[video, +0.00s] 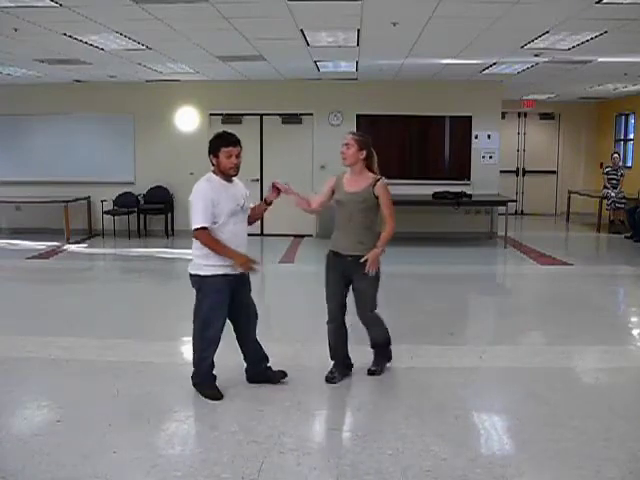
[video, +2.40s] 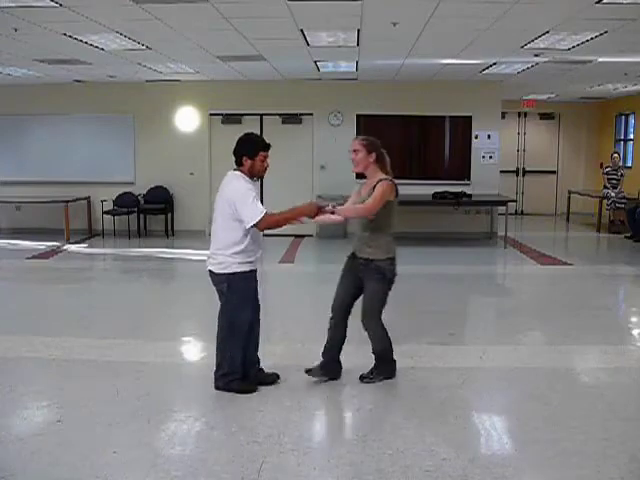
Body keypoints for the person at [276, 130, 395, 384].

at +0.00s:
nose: (342, 151)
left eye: (348, 147)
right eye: (342, 146)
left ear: (362, 152)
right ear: (349, 152)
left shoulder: (377, 184)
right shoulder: (338, 181)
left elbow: (390, 224)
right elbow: (312, 206)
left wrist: (378, 250)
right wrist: (289, 192)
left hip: (364, 259)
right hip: (336, 257)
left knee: (365, 313)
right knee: (334, 315)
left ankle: (382, 350)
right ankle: (341, 364)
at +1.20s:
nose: (338, 155)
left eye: (344, 150)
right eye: (337, 151)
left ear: (357, 155)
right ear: (336, 155)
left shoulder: (370, 187)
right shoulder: (332, 185)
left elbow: (376, 226)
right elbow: (309, 213)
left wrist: (352, 222)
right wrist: (285, 197)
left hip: (360, 262)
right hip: (333, 261)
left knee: (362, 314)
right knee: (327, 317)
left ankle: (373, 353)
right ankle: (342, 368)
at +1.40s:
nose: (330, 153)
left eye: (335, 148)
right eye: (327, 149)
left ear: (348, 153)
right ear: (326, 154)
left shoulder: (355, 187)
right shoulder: (328, 185)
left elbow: (346, 225)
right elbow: (315, 221)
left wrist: (319, 209)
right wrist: (297, 202)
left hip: (343, 263)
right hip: (322, 260)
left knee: (331, 317)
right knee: (320, 318)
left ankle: (360, 353)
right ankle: (341, 368)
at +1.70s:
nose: (319, 150)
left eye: (324, 146)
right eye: (316, 146)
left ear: (336, 152)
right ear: (314, 152)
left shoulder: (341, 184)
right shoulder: (323, 183)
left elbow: (333, 222)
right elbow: (318, 221)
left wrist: (302, 209)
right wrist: (295, 247)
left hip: (331, 262)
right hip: (314, 260)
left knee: (320, 319)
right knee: (311, 316)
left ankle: (325, 379)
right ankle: (341, 362)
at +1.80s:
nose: (319, 152)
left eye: (325, 147)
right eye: (317, 148)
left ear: (338, 152)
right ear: (315, 153)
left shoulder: (342, 184)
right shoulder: (322, 185)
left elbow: (336, 224)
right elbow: (318, 217)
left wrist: (306, 217)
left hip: (333, 264)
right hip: (314, 262)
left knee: (325, 321)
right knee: (299, 314)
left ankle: (325, 382)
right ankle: (333, 356)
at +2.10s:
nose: (332, 154)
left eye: (337, 149)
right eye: (329, 150)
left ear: (350, 153)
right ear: (328, 154)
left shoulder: (360, 184)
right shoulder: (331, 184)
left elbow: (355, 220)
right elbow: (322, 217)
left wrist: (327, 212)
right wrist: (303, 197)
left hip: (349, 262)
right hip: (326, 259)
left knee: (336, 318)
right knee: (324, 318)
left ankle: (343, 371)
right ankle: (331, 367)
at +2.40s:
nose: (352, 158)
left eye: (356, 153)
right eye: (352, 153)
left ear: (372, 155)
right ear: (366, 157)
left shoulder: (385, 185)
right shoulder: (362, 187)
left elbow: (368, 211)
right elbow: (343, 213)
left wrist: (337, 211)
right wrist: (313, 217)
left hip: (380, 265)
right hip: (357, 261)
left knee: (370, 318)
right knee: (339, 310)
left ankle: (385, 365)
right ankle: (330, 364)